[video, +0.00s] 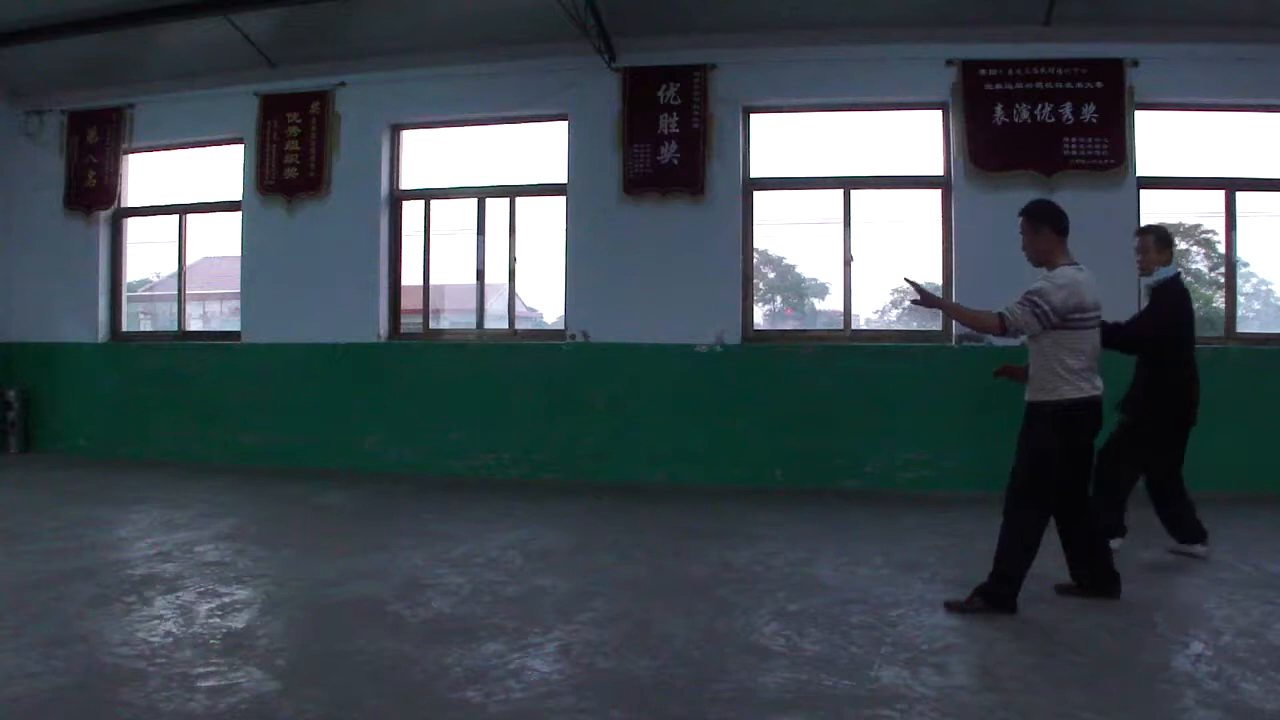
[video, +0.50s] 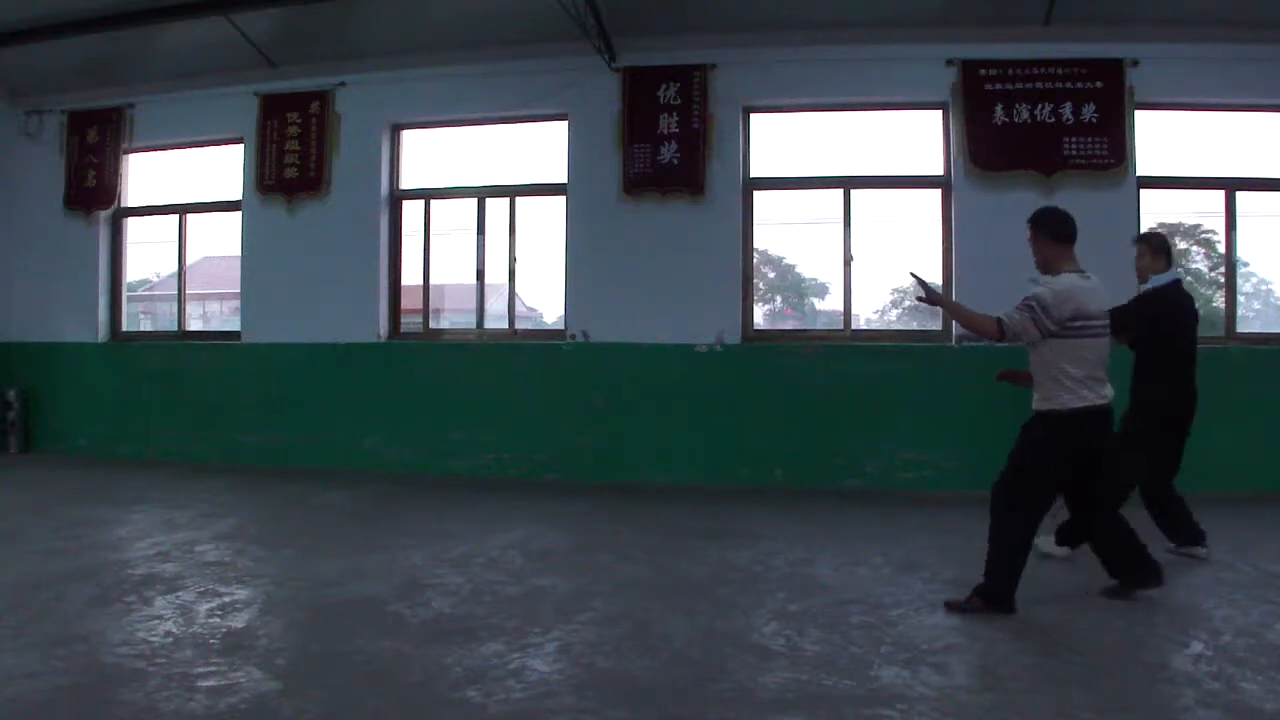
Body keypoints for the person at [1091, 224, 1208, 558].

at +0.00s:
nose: (1137, 258)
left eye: (1143, 252)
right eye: (1137, 252)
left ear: (1164, 253)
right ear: (1159, 255)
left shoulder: (1167, 295)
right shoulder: (1169, 292)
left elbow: (1136, 338)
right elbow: (1135, 335)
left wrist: (1093, 330)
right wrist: (1097, 328)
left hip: (1159, 403)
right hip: (1170, 401)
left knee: (1113, 461)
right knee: (1162, 471)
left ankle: (1107, 532)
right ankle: (1191, 537)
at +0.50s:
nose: (1134, 264)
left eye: (1139, 257)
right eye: (1136, 257)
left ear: (1156, 259)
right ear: (1163, 261)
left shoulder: (1154, 301)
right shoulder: (1183, 301)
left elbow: (1102, 324)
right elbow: (1142, 338)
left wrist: (1057, 319)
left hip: (1152, 406)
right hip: (1177, 404)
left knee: (1114, 474)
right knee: (1155, 478)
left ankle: (1066, 538)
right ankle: (1191, 540)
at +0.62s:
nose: (1119, 265)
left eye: (1123, 258)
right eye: (1119, 258)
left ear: (1141, 259)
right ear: (1148, 260)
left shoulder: (1136, 302)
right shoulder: (1169, 296)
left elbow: (1124, 359)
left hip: (1144, 405)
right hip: (1171, 401)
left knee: (1108, 476)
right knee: (1155, 478)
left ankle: (1064, 539)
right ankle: (1191, 540)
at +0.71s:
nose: (1103, 265)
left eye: (1108, 259)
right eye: (1104, 259)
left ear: (1128, 259)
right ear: (1135, 261)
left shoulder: (1132, 296)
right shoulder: (1157, 293)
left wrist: (1037, 303)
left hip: (1143, 399)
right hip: (1165, 397)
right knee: (1152, 475)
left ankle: (1066, 537)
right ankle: (1189, 539)